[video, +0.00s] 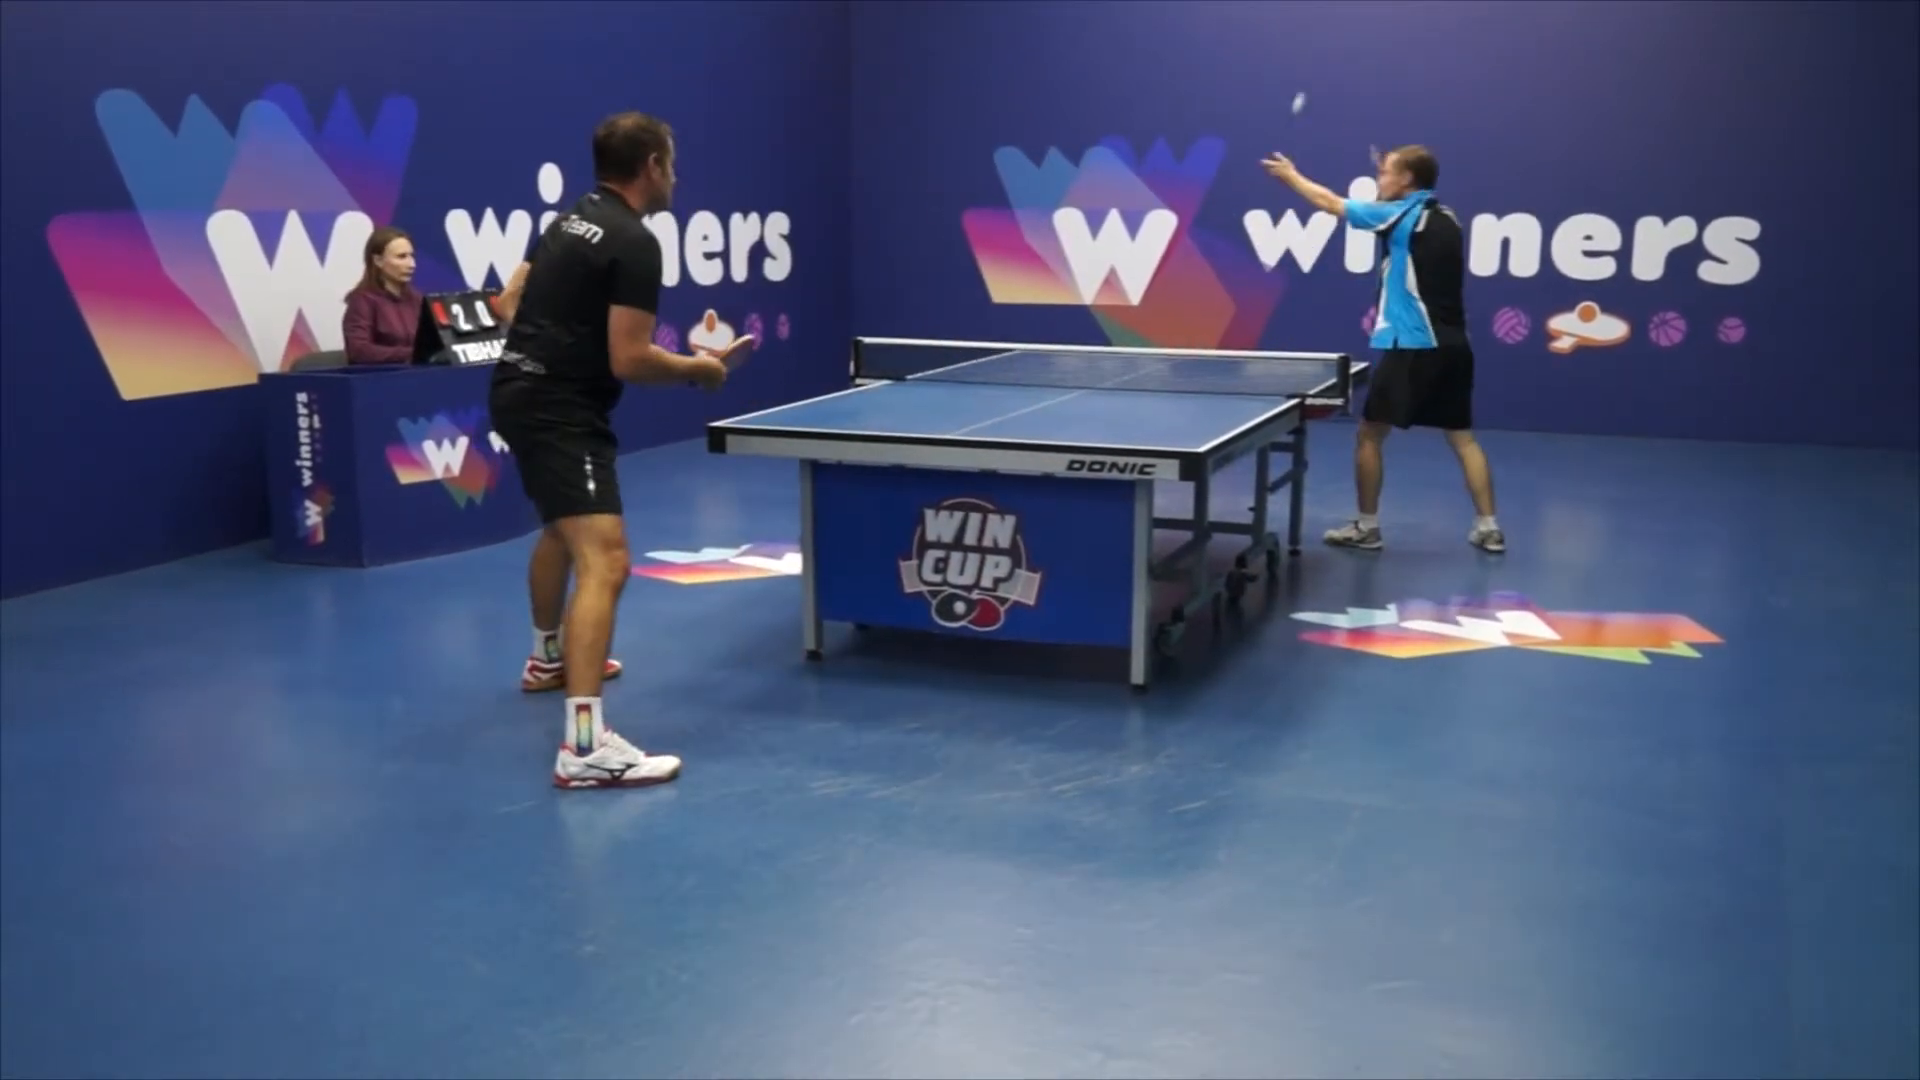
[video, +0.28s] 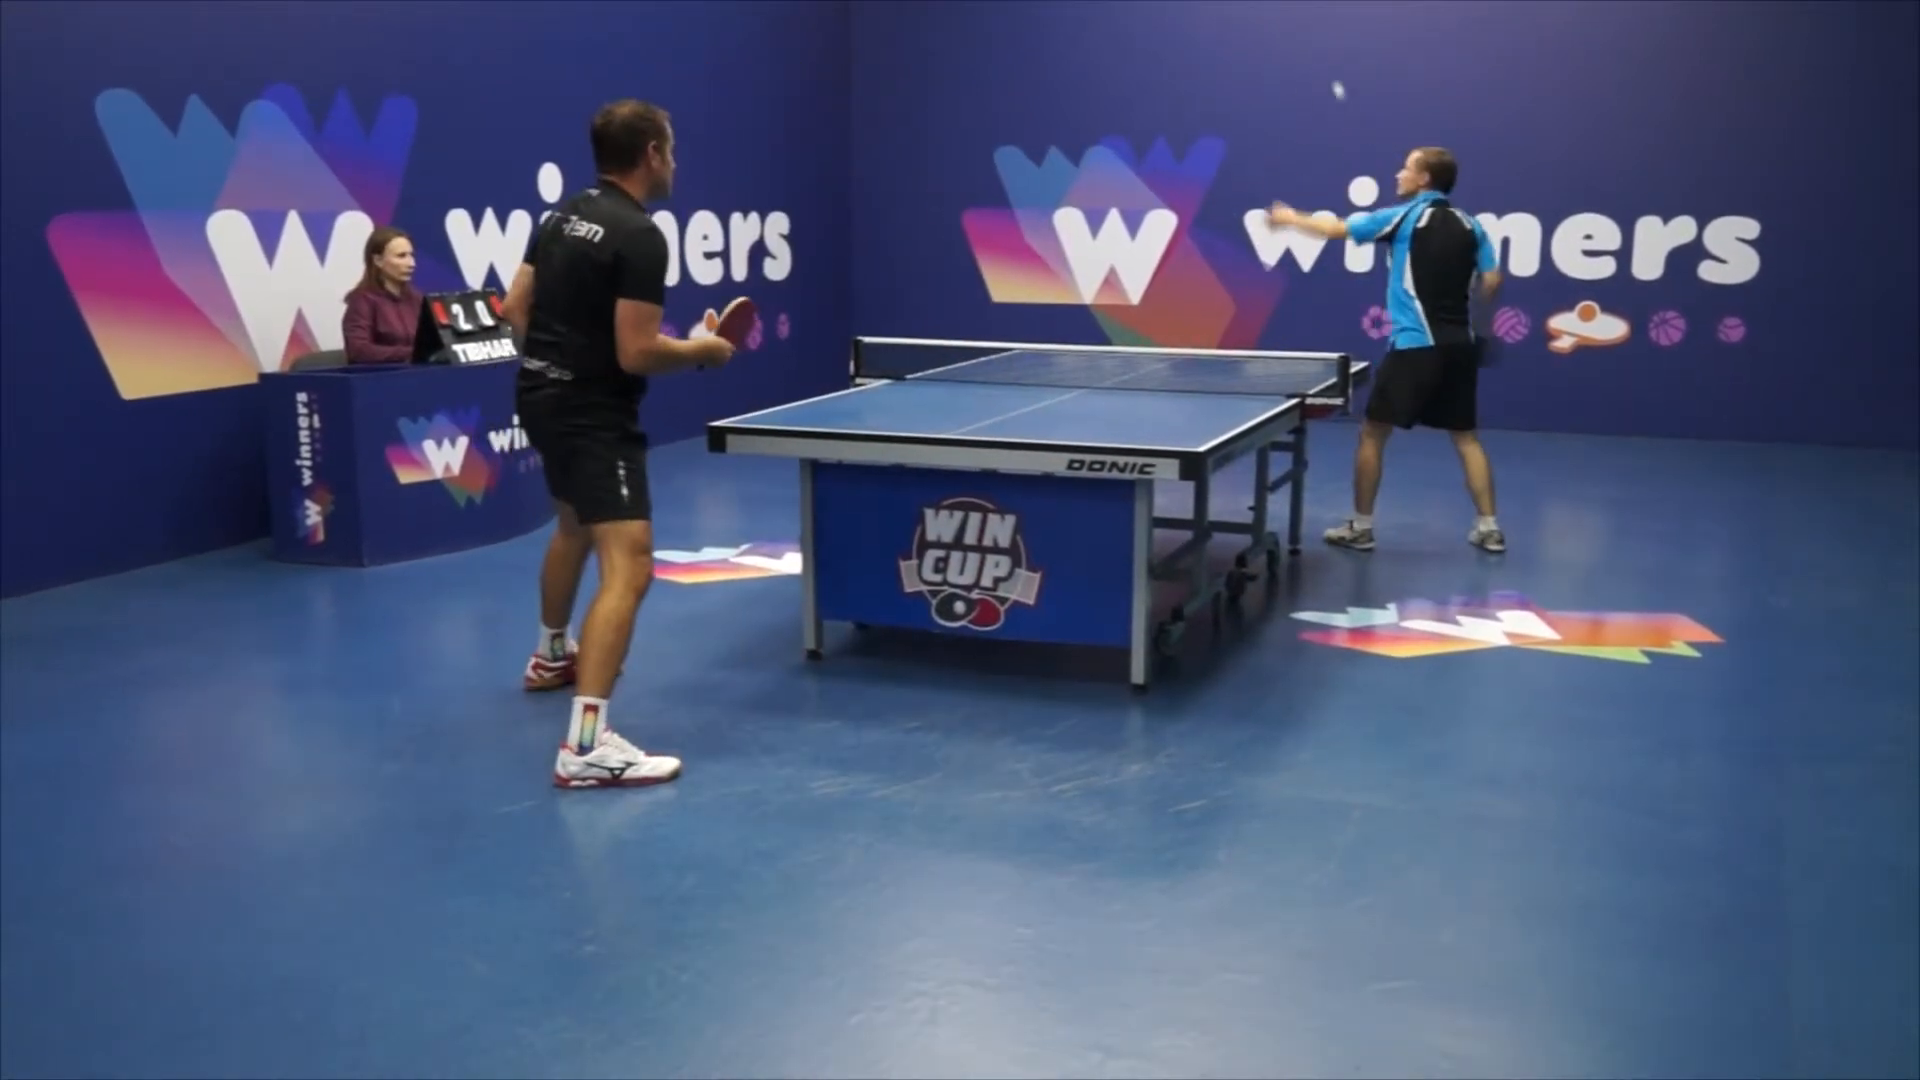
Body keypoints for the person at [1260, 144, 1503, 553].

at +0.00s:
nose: (1378, 179)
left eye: (1385, 173)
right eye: (1381, 172)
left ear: (1409, 181)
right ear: (1419, 184)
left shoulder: (1398, 215)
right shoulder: (1448, 219)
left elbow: (1333, 204)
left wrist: (1291, 177)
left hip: (1409, 352)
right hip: (1453, 351)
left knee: (1370, 435)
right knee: (1463, 438)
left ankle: (1366, 526)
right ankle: (1489, 526)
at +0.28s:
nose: (1398, 175)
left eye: (1406, 169)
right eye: (1402, 168)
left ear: (1424, 179)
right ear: (1436, 182)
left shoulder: (1402, 216)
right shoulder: (1471, 225)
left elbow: (1337, 229)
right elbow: (1491, 281)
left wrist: (1291, 218)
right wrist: (1475, 311)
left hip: (1412, 349)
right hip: (1460, 349)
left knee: (1373, 434)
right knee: (1467, 438)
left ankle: (1361, 526)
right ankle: (1489, 527)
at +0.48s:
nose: (1374, 201)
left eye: (1380, 193)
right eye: (1377, 192)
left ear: (1398, 200)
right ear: (1414, 201)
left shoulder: (1389, 238)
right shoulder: (1456, 223)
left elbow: (1352, 294)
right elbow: (1508, 234)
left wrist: (1313, 304)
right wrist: (1522, 219)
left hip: (1422, 357)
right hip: (1469, 355)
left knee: (1372, 433)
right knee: (1467, 442)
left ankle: (1361, 525)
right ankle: (1489, 527)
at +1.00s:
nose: (1321, 212)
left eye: (1328, 205)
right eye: (1317, 205)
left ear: (1350, 206)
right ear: (1317, 205)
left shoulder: (1373, 237)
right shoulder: (1341, 237)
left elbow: (1420, 281)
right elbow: (1365, 270)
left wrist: (1377, 313)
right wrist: (1348, 288)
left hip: (1410, 336)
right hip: (1383, 336)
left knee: (1387, 420)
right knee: (1357, 415)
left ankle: (1384, 514)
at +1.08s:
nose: (1323, 209)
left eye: (1331, 202)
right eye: (1320, 202)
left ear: (1352, 203)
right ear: (1318, 203)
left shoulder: (1378, 237)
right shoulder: (1337, 237)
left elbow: (1419, 282)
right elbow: (1355, 272)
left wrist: (1374, 311)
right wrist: (1336, 296)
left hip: (1406, 338)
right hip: (1371, 338)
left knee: (1387, 423)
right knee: (1343, 407)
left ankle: (1422, 508)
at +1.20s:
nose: (1335, 223)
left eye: (1343, 216)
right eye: (1332, 216)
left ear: (1364, 217)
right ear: (1328, 216)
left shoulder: (1387, 257)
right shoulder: (1337, 254)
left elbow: (1415, 310)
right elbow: (1342, 297)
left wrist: (1368, 334)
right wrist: (1323, 314)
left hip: (1395, 364)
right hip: (1356, 361)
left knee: (1397, 440)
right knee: (1322, 425)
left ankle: (1462, 505)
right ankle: (1325, 489)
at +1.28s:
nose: (1342, 219)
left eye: (1350, 212)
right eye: (1339, 211)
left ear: (1371, 212)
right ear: (1337, 212)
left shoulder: (1398, 251)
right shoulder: (1345, 253)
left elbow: (1424, 303)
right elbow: (1338, 302)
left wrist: (1378, 329)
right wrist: (1315, 314)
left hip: (1410, 360)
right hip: (1369, 362)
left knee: (1418, 440)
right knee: (1333, 422)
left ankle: (1470, 505)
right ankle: (1327, 489)